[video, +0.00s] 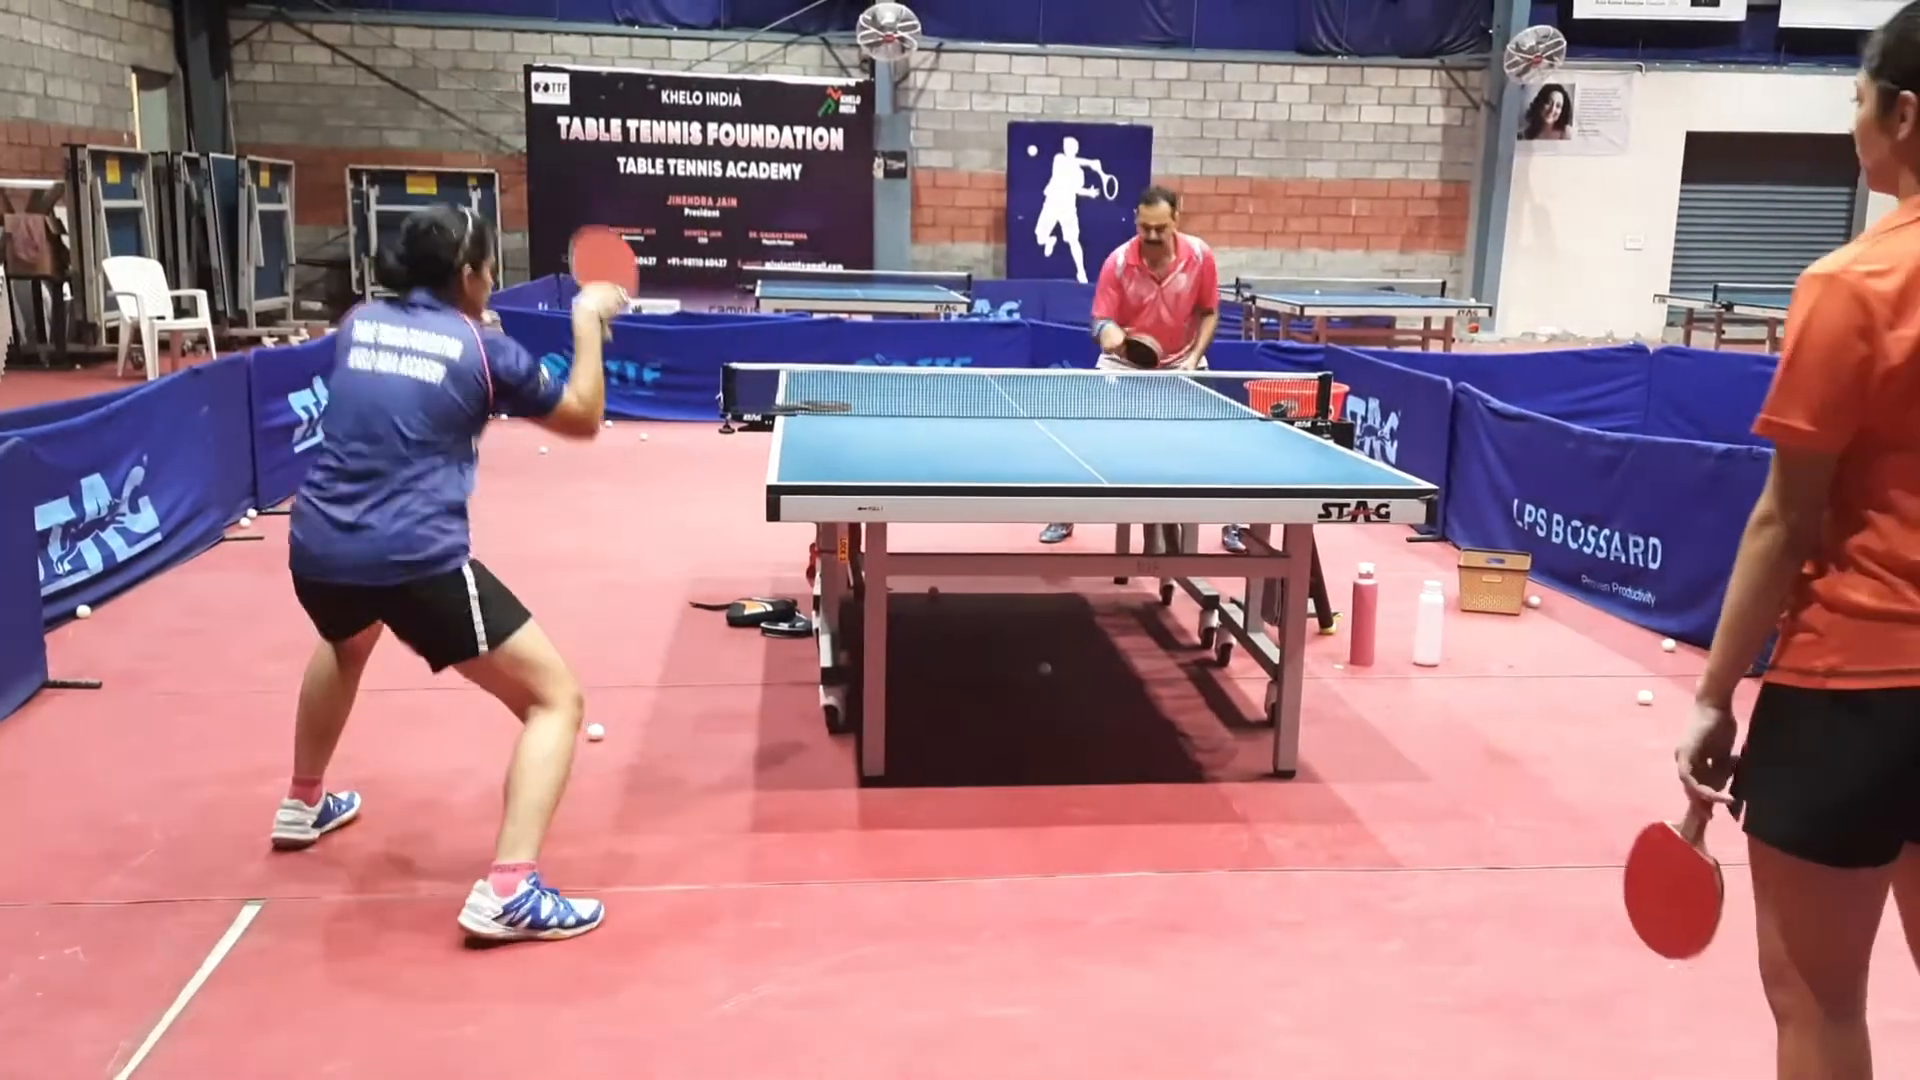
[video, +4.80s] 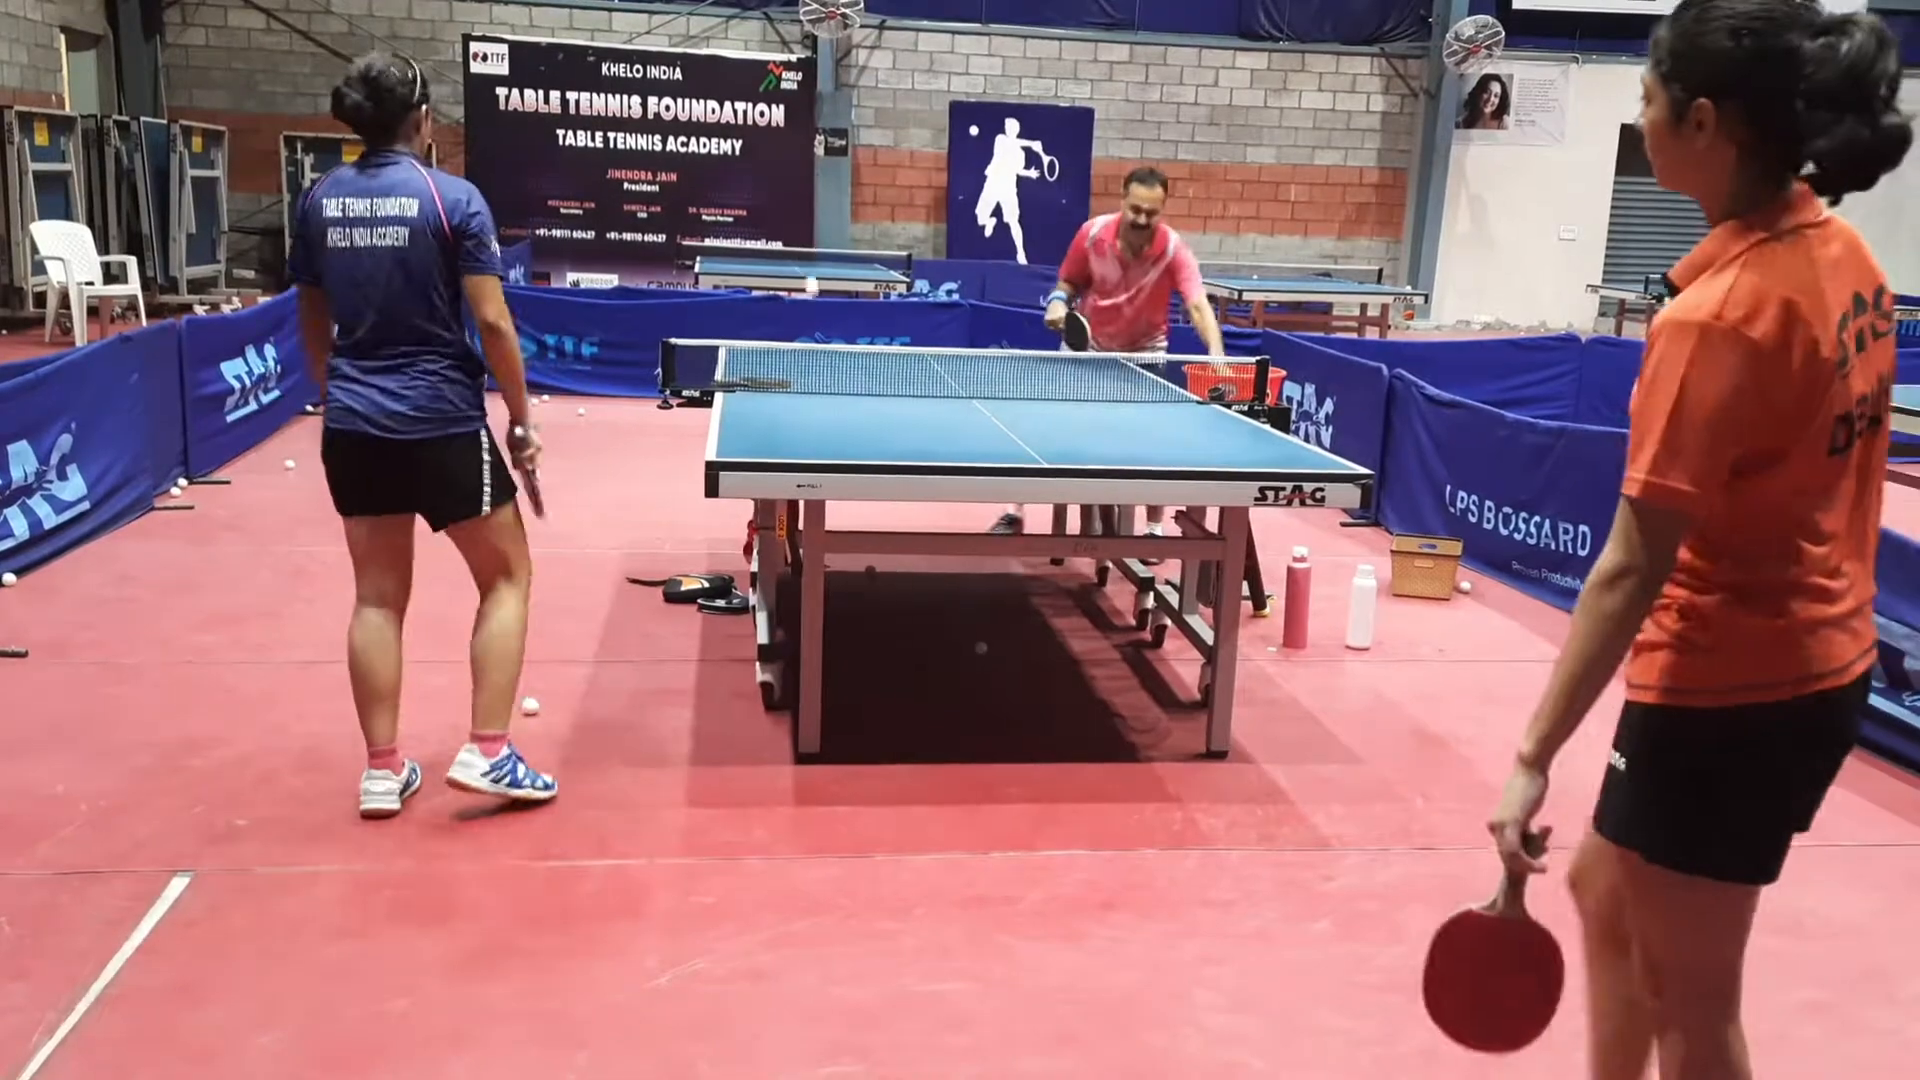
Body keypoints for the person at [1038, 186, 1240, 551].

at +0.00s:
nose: (1152, 236)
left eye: (1161, 228)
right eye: (1145, 228)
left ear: (1176, 220)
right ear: (1135, 222)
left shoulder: (1199, 256)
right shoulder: (1118, 262)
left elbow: (1210, 313)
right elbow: (1102, 318)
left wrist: (1195, 355)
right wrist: (1112, 335)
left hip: (1182, 365)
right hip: (1124, 365)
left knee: (1218, 433)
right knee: (1085, 427)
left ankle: (1232, 522)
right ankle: (1063, 514)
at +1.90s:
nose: (1114, 224)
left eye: (1122, 216)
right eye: (1107, 215)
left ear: (1137, 214)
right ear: (1097, 213)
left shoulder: (1160, 257)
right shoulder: (1079, 258)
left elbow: (1173, 316)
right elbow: (1064, 314)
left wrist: (1159, 348)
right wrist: (1071, 331)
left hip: (1143, 368)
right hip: (1084, 366)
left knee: (1180, 433)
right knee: (1041, 428)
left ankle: (1190, 520)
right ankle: (1021, 513)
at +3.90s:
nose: (1106, 192)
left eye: (1115, 184)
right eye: (1100, 183)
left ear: (1131, 187)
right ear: (1092, 184)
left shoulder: (1153, 233)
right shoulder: (1071, 231)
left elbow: (1166, 296)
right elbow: (1055, 289)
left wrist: (1133, 329)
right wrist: (1042, 294)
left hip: (1129, 351)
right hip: (1069, 344)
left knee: (1159, 423)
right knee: (1032, 413)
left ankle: (1174, 508)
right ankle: (1016, 498)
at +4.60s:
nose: (1110, 205)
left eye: (1117, 197)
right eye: (1102, 197)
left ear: (1125, 193)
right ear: (1083, 190)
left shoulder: (1138, 231)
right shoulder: (1052, 231)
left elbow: (1167, 281)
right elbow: (1029, 283)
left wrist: (1181, 313)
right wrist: (1027, 305)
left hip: (1117, 348)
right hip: (1054, 346)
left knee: (1134, 429)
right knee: (1024, 419)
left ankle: (1152, 522)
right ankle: (999, 509)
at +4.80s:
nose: (1142, 220)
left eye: (1151, 213)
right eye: (1135, 210)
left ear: (1163, 210)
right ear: (1122, 202)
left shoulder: (1173, 248)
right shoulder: (1093, 234)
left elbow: (1197, 305)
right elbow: (1067, 283)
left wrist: (1216, 351)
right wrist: (1057, 304)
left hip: (1146, 351)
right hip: (1090, 347)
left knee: (1152, 437)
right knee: (1051, 423)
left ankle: (1154, 529)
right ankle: (1015, 511)